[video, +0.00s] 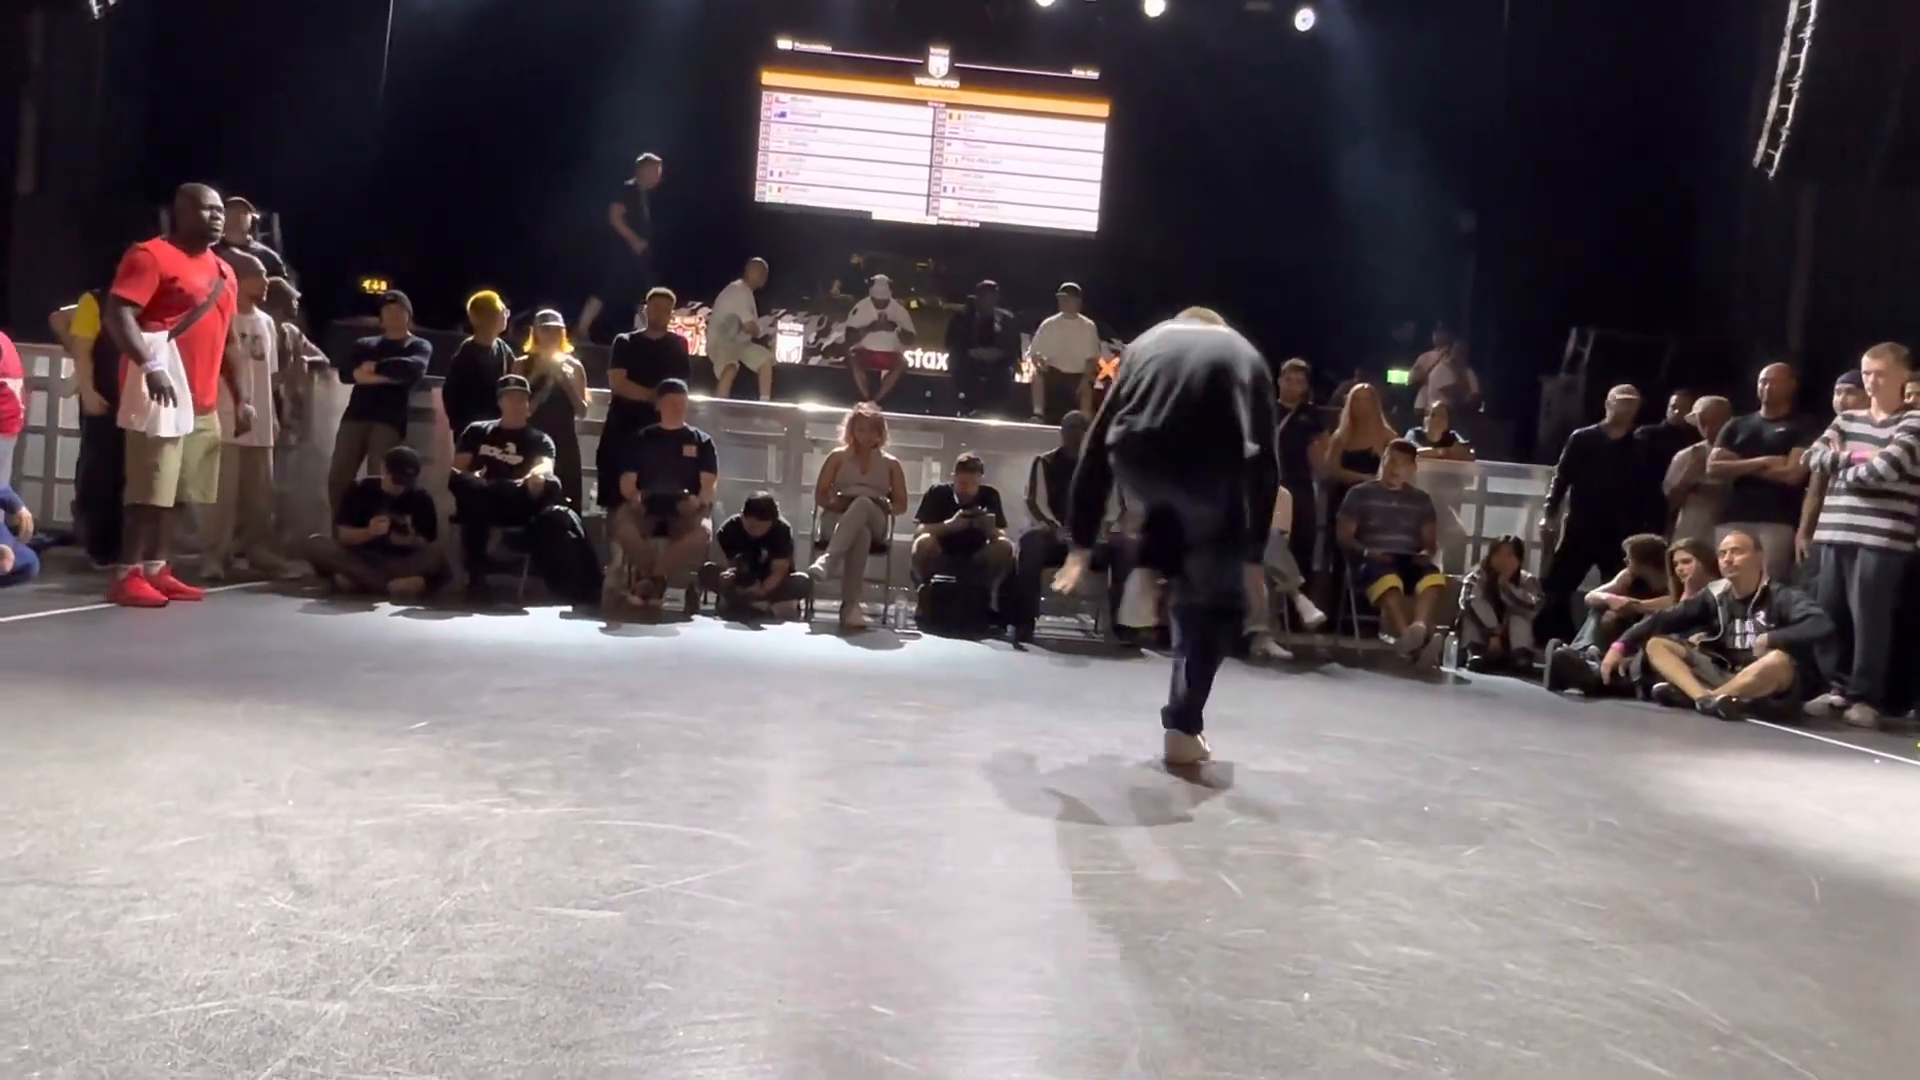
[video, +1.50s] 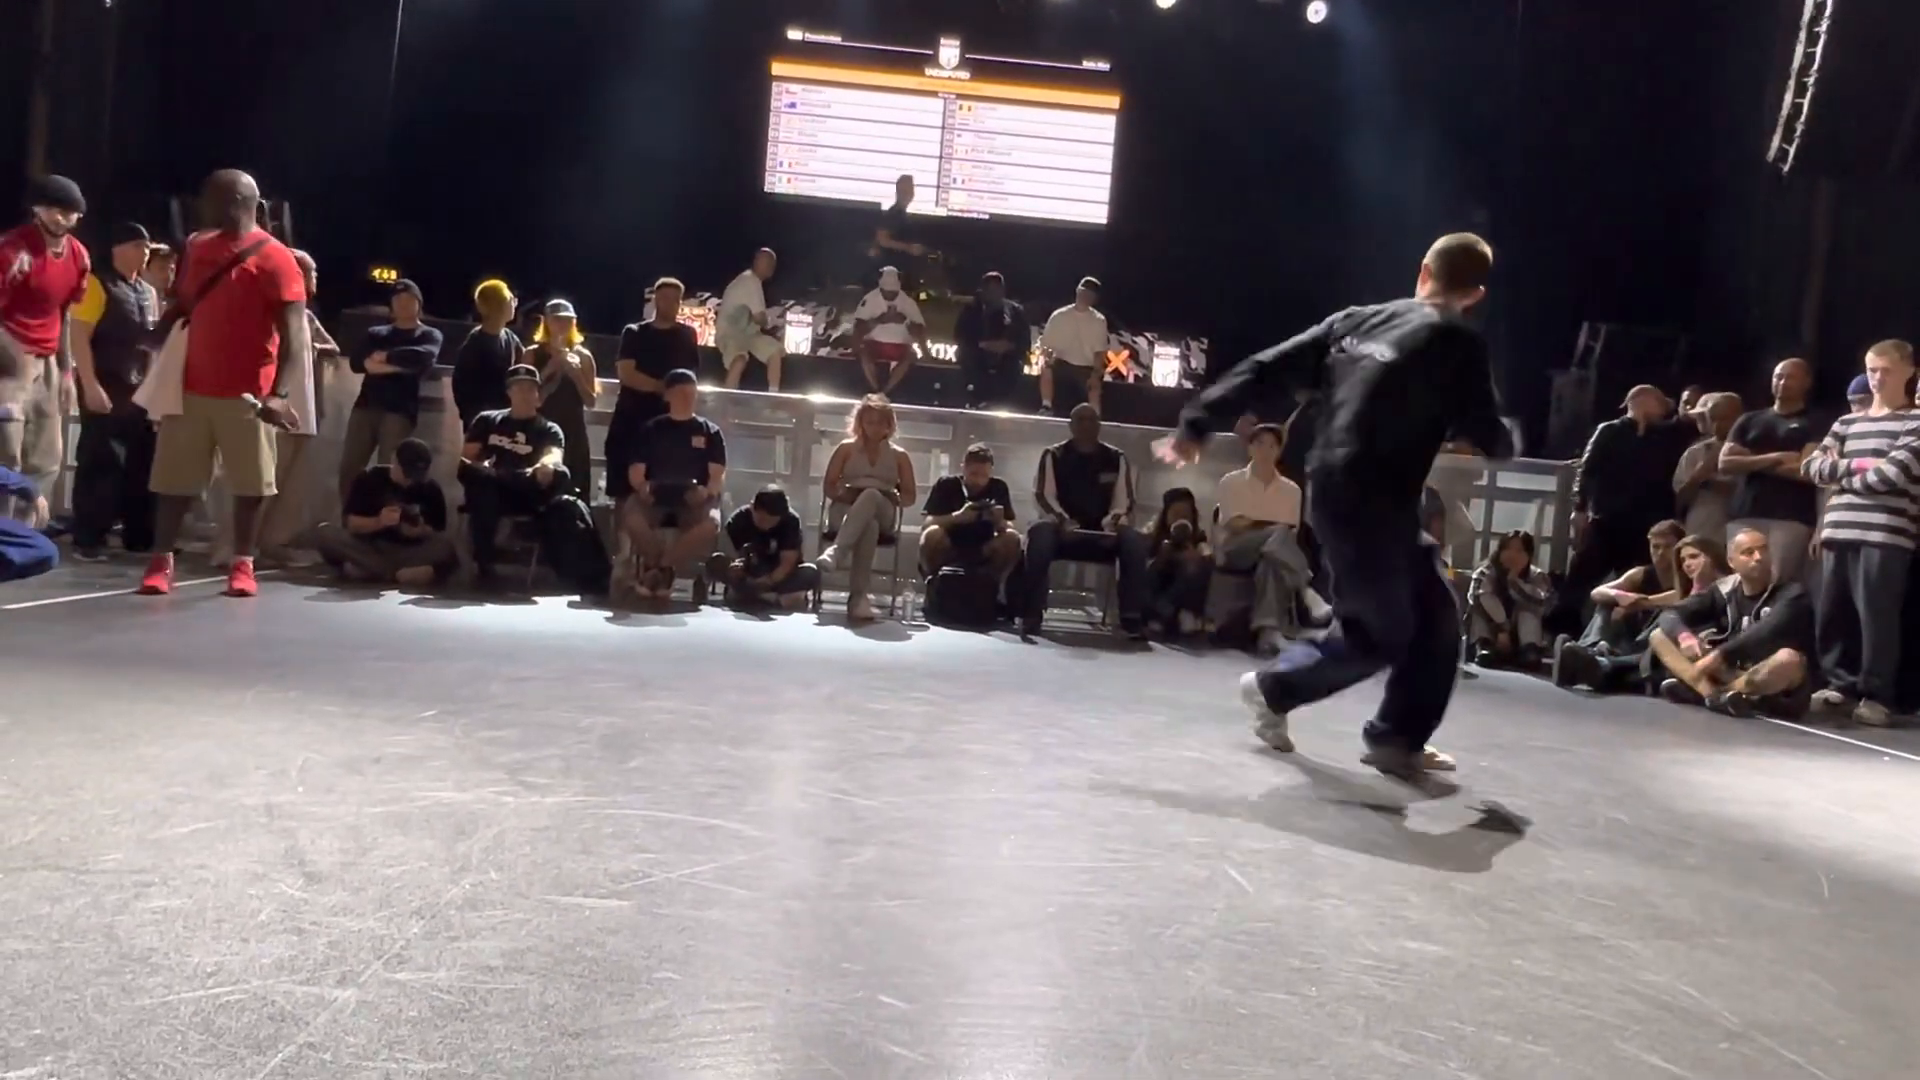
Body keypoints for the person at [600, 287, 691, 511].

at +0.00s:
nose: (660, 313)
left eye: (666, 309)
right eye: (656, 307)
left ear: (671, 313)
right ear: (646, 309)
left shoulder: (678, 344)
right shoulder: (625, 341)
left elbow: (680, 390)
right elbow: (616, 383)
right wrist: (655, 396)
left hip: (660, 426)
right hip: (623, 424)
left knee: (657, 494)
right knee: (616, 496)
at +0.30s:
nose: (663, 308)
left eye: (668, 303)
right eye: (658, 302)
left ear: (674, 308)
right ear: (649, 305)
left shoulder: (681, 341)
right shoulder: (627, 338)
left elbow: (683, 387)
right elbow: (620, 381)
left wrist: (632, 382)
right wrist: (659, 394)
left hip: (663, 424)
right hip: (626, 422)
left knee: (660, 492)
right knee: (619, 494)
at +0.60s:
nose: (668, 308)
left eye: (673, 303)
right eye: (663, 302)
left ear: (677, 307)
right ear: (652, 304)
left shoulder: (684, 339)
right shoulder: (631, 336)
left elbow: (687, 385)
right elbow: (623, 379)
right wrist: (663, 392)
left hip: (667, 422)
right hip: (630, 421)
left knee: (664, 490)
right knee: (622, 493)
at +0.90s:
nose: (671, 305)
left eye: (675, 300)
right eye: (665, 299)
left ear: (679, 304)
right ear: (654, 301)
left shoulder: (686, 335)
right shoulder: (632, 333)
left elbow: (688, 381)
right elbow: (624, 376)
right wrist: (662, 388)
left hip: (668, 420)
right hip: (631, 418)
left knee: (665, 487)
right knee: (622, 489)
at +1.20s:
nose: (672, 304)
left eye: (676, 299)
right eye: (666, 298)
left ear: (681, 303)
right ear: (655, 300)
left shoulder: (687, 334)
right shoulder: (634, 332)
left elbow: (690, 380)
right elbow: (626, 375)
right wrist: (664, 387)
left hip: (670, 420)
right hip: (632, 418)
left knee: (666, 488)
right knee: (624, 490)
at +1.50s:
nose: (670, 304)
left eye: (675, 299)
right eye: (665, 298)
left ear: (680, 303)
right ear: (654, 300)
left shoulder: (687, 334)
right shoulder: (634, 332)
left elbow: (689, 380)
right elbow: (626, 374)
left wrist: (640, 378)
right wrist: (665, 387)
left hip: (669, 423)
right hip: (631, 420)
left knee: (665, 492)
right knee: (624, 493)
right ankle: (621, 553)